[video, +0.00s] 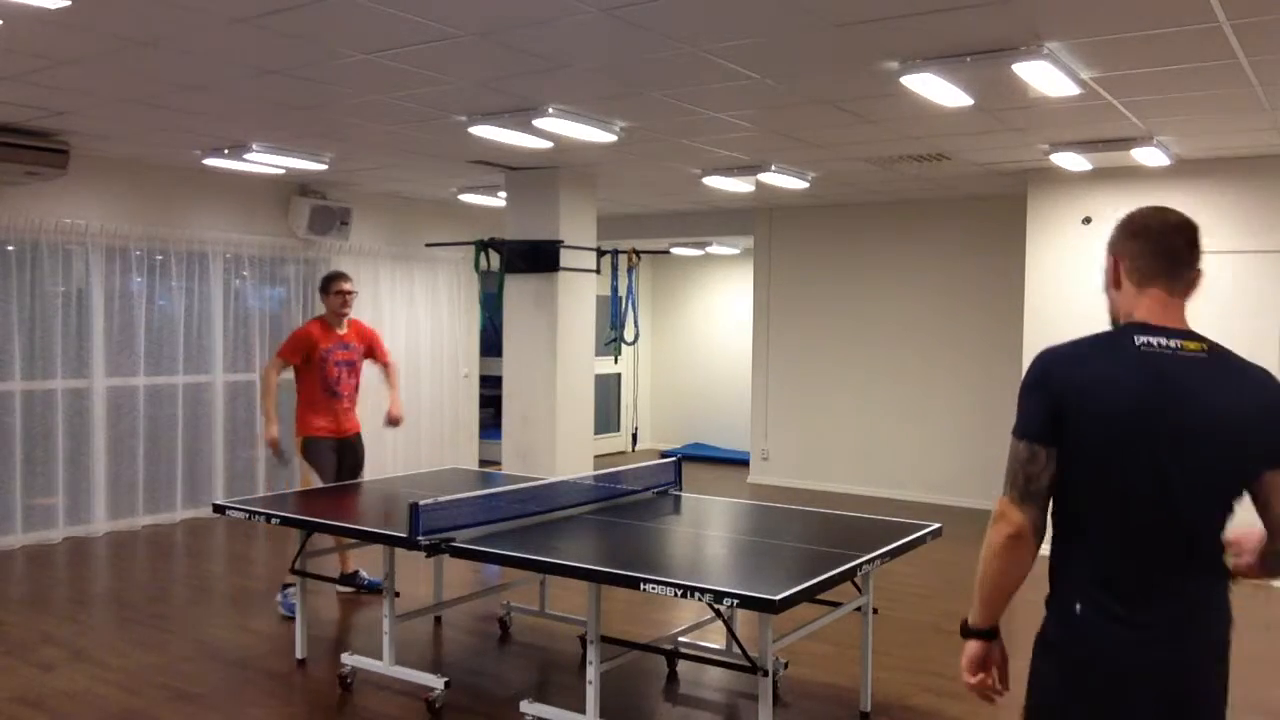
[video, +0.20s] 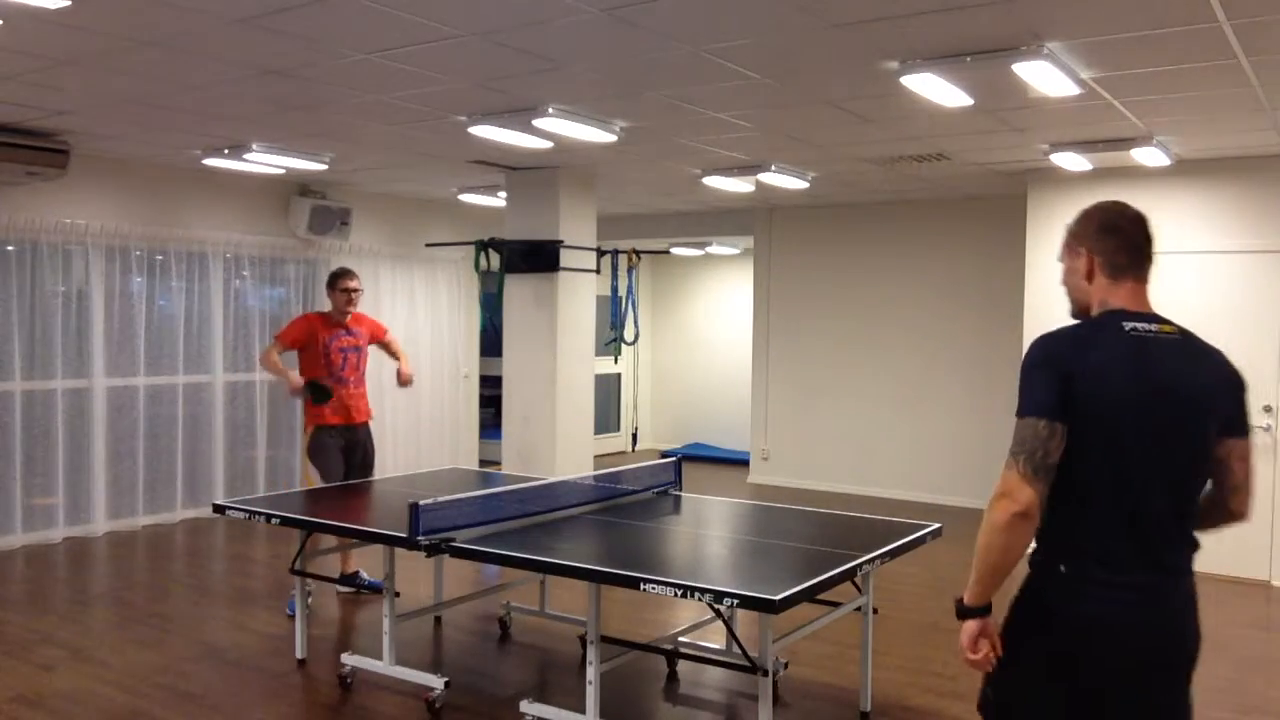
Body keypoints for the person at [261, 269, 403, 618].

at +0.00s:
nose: (346, 299)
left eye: (350, 294)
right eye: (339, 294)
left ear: (355, 298)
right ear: (324, 298)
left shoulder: (362, 334)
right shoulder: (308, 334)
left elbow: (388, 365)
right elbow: (271, 370)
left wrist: (395, 403)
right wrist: (270, 423)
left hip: (349, 431)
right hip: (316, 433)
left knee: (346, 505)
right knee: (314, 504)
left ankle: (348, 570)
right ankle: (291, 583)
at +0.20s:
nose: (353, 297)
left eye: (356, 292)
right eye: (346, 292)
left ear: (360, 295)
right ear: (330, 294)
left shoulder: (365, 325)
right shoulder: (310, 324)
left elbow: (389, 343)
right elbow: (267, 356)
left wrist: (404, 364)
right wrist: (289, 376)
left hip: (359, 425)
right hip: (324, 426)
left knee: (356, 500)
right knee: (330, 497)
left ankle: (348, 571)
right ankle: (303, 583)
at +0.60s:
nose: (356, 302)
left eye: (360, 297)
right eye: (350, 296)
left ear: (363, 301)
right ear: (332, 297)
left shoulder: (366, 338)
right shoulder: (313, 334)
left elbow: (382, 390)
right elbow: (296, 385)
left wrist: (390, 381)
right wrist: (341, 382)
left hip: (355, 427)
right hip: (321, 426)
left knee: (353, 502)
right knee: (315, 501)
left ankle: (349, 572)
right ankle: (285, 580)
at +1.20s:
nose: (332, 301)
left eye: (335, 296)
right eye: (325, 295)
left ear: (336, 301)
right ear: (305, 296)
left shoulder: (334, 341)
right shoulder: (281, 336)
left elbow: (329, 392)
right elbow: (263, 389)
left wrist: (353, 393)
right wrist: (299, 401)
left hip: (317, 434)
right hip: (282, 433)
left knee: (322, 509)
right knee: (276, 514)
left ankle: (330, 574)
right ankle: (263, 594)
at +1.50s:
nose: (334, 303)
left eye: (338, 298)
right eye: (328, 296)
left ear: (338, 302)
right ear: (308, 297)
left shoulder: (334, 337)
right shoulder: (285, 334)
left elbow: (358, 381)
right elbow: (251, 382)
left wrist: (365, 342)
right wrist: (292, 406)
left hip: (327, 437)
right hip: (291, 437)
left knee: (333, 509)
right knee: (277, 514)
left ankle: (334, 573)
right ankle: (264, 594)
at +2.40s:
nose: (333, 317)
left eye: (336, 312)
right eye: (327, 311)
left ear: (334, 313)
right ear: (306, 310)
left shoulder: (330, 347)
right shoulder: (276, 346)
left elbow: (340, 396)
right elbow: (253, 400)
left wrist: (355, 371)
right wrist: (289, 427)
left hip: (315, 440)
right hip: (277, 441)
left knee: (338, 506)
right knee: (270, 512)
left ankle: (339, 572)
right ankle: (229, 593)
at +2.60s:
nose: (317, 328)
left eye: (321, 323)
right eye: (311, 322)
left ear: (321, 324)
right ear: (290, 321)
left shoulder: (321, 355)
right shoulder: (261, 358)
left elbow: (321, 397)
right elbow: (240, 410)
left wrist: (334, 415)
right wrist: (253, 450)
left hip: (310, 452)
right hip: (268, 454)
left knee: (337, 510)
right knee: (254, 519)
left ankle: (350, 571)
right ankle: (218, 597)